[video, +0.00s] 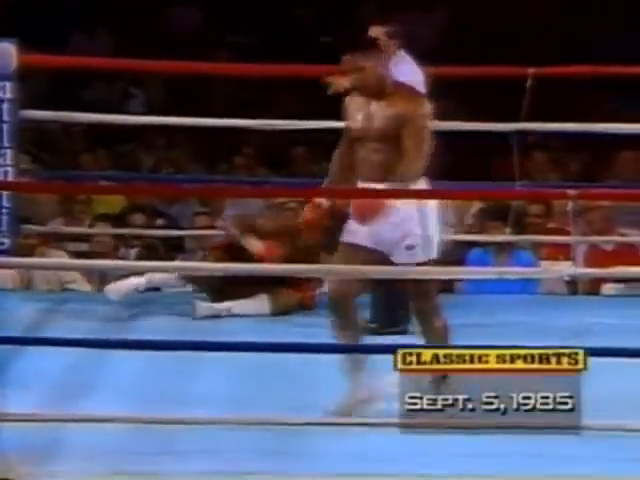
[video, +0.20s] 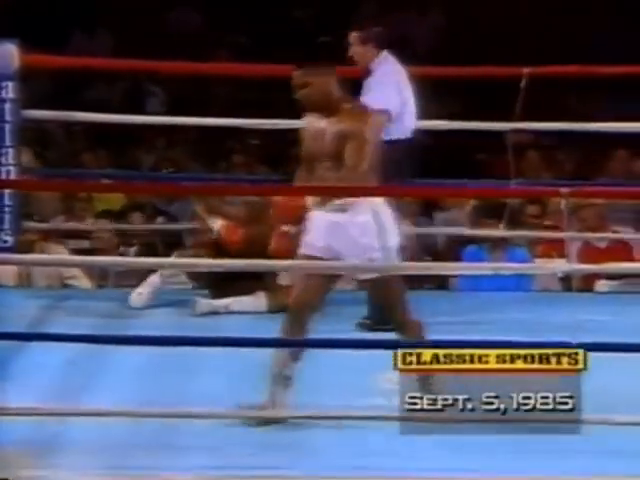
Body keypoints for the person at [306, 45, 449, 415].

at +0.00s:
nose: (355, 80)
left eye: (361, 72)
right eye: (351, 73)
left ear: (381, 69)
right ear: (349, 77)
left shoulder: (412, 106)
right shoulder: (354, 104)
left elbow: (415, 162)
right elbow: (346, 152)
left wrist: (382, 195)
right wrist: (327, 196)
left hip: (408, 209)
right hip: (365, 209)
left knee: (422, 301)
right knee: (339, 292)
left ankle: (444, 379)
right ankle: (359, 385)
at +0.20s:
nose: (300, 95)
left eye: (305, 86)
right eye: (297, 89)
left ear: (328, 82)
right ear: (304, 92)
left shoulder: (359, 120)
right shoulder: (310, 124)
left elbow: (358, 175)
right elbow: (308, 171)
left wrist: (317, 183)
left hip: (364, 217)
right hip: (323, 219)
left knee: (396, 314)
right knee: (298, 307)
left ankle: (431, 385)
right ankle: (277, 398)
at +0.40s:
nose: (247, 90)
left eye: (252, 82)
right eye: (244, 84)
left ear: (275, 77)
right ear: (253, 84)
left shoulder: (308, 115)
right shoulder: (258, 118)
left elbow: (317, 174)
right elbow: (262, 171)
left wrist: (295, 223)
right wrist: (237, 213)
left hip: (305, 213)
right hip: (263, 213)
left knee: (308, 316)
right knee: (258, 309)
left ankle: (368, 361)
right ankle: (265, 402)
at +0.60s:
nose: (214, 86)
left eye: (219, 78)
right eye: (211, 80)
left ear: (241, 74)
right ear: (213, 83)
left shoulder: (272, 113)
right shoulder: (219, 113)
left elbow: (299, 163)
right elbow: (214, 161)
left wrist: (302, 215)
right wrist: (195, 206)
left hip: (262, 209)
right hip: (227, 209)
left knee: (235, 299)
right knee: (249, 300)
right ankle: (266, 388)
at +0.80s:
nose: (179, 102)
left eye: (184, 93)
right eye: (175, 95)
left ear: (204, 89)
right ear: (175, 97)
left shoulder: (238, 131)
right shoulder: (184, 128)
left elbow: (266, 182)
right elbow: (173, 173)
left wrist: (267, 233)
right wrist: (148, 216)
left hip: (224, 222)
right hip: (188, 220)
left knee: (187, 310)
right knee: (226, 309)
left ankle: (162, 408)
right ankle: (265, 388)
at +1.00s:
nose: (155, 99)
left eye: (160, 91)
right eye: (150, 93)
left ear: (180, 86)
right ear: (149, 95)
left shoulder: (209, 128)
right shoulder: (158, 125)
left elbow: (222, 187)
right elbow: (145, 173)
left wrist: (213, 236)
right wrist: (125, 219)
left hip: (188, 220)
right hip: (155, 219)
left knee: (167, 318)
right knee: (150, 314)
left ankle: (169, 409)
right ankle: (214, 353)